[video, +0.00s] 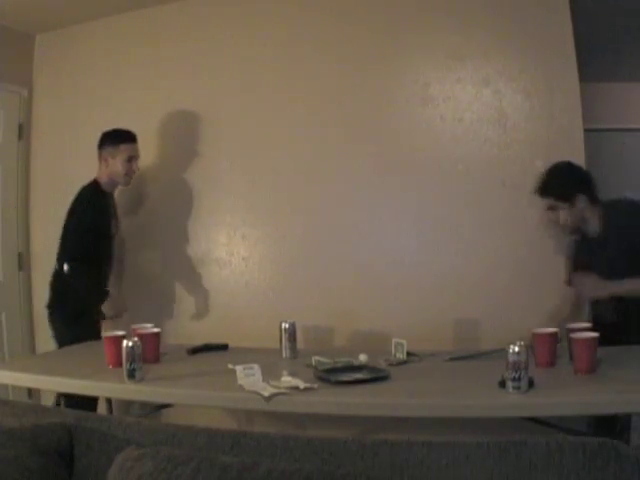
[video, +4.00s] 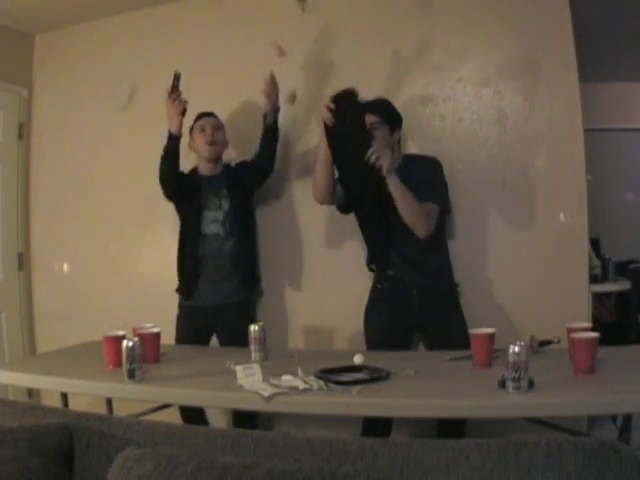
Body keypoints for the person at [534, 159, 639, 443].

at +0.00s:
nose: (552, 218)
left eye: (556, 209)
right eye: (550, 210)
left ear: (581, 202)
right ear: (578, 205)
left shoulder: (628, 217)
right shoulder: (582, 243)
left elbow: (635, 283)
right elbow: (575, 301)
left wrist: (606, 288)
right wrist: (542, 338)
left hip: (635, 337)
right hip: (607, 342)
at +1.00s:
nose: (312, 152)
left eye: (317, 143)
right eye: (313, 143)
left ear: (340, 147)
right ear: (338, 148)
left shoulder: (388, 191)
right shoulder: (345, 199)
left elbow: (403, 267)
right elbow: (359, 263)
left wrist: (346, 303)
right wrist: (322, 281)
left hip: (400, 314)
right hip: (365, 313)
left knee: (399, 408)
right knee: (336, 395)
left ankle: (454, 467)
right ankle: (338, 478)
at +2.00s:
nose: (356, 149)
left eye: (364, 140)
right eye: (348, 140)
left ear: (380, 135)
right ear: (340, 138)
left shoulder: (412, 170)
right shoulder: (334, 178)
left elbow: (424, 239)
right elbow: (338, 231)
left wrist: (359, 255)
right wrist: (326, 235)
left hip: (413, 292)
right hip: (365, 295)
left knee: (431, 379)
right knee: (368, 385)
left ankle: (433, 468)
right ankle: (369, 469)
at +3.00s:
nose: (361, 149)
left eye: (370, 139)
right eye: (354, 141)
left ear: (388, 135)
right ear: (347, 141)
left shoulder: (420, 173)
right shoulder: (346, 178)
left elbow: (422, 244)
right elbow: (342, 244)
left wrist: (373, 220)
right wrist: (338, 224)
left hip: (420, 291)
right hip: (372, 293)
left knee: (451, 373)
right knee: (372, 383)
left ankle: (446, 460)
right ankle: (369, 465)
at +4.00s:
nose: (369, 136)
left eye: (376, 128)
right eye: (364, 130)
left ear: (396, 132)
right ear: (358, 137)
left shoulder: (426, 169)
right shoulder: (362, 179)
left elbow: (424, 226)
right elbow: (323, 194)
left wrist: (390, 174)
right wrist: (329, 136)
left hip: (435, 291)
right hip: (387, 294)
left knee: (457, 379)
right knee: (380, 383)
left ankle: (452, 468)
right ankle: (368, 472)